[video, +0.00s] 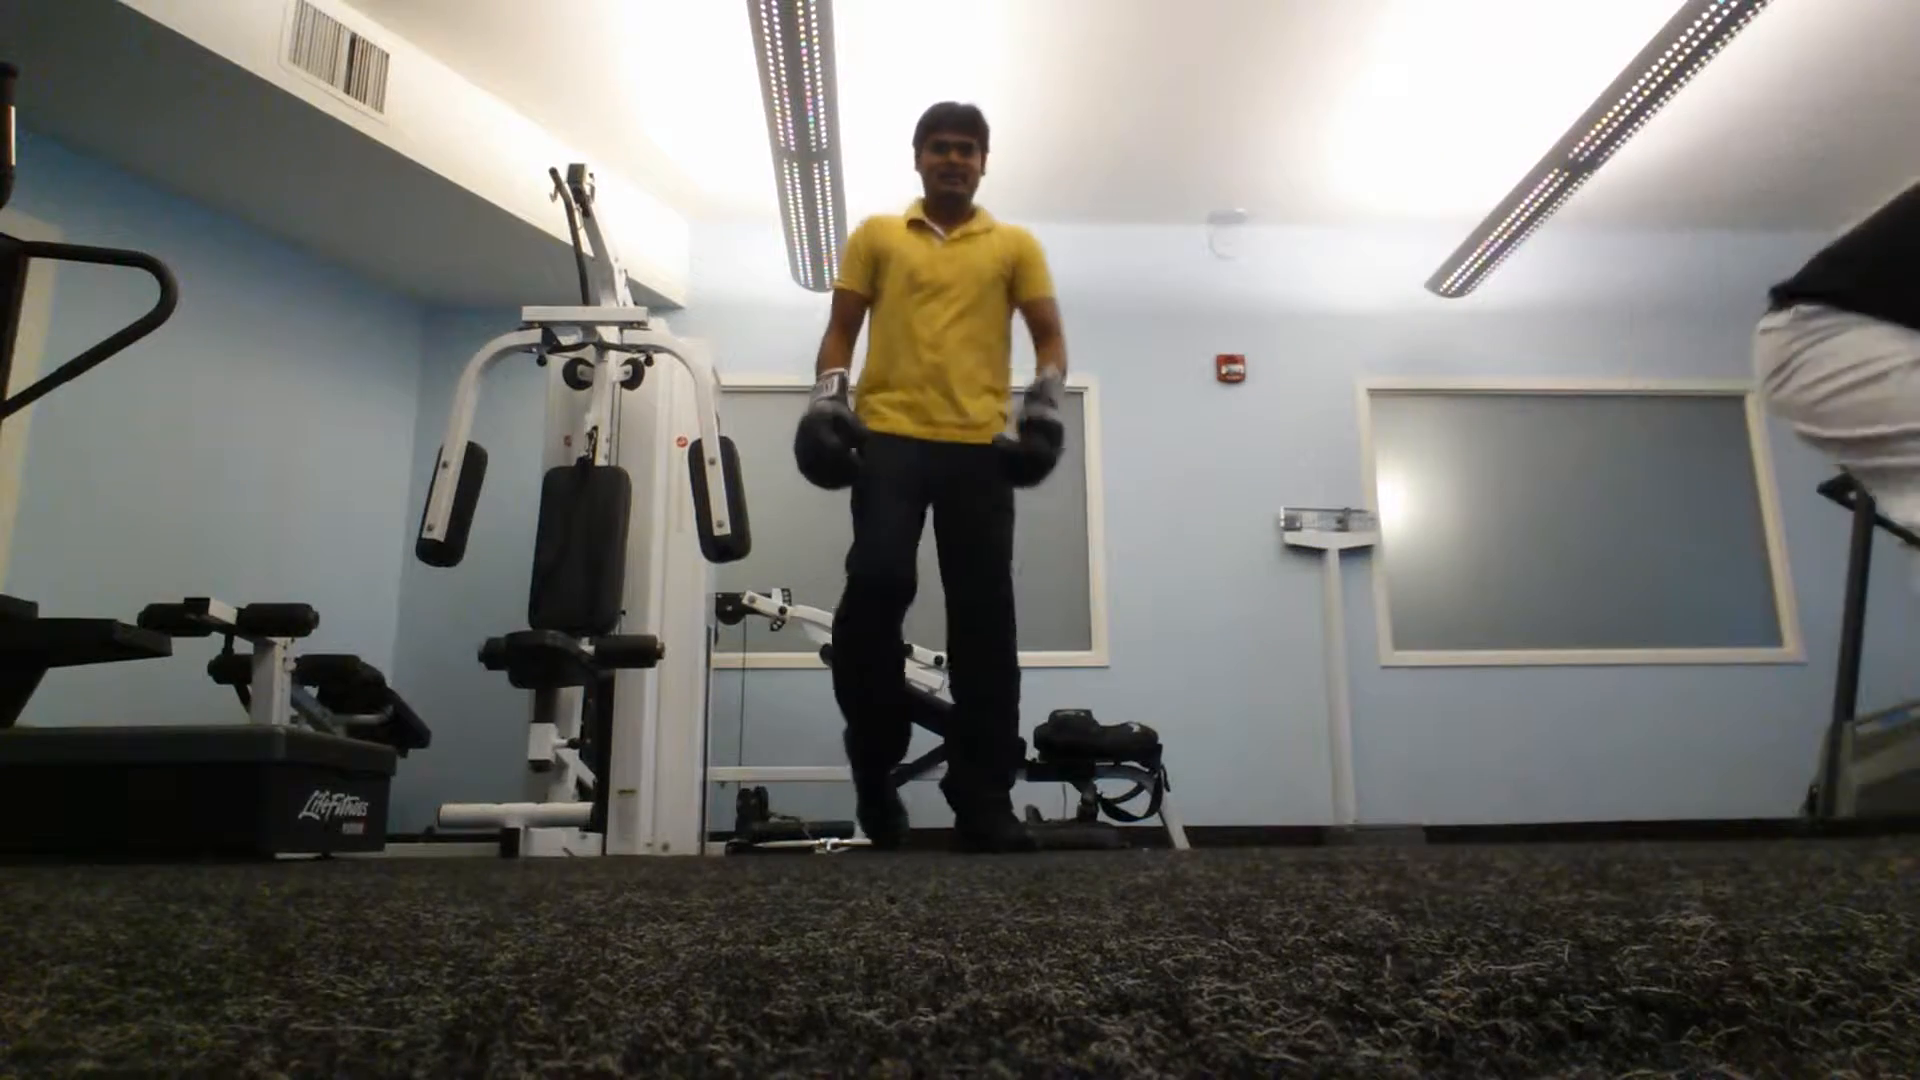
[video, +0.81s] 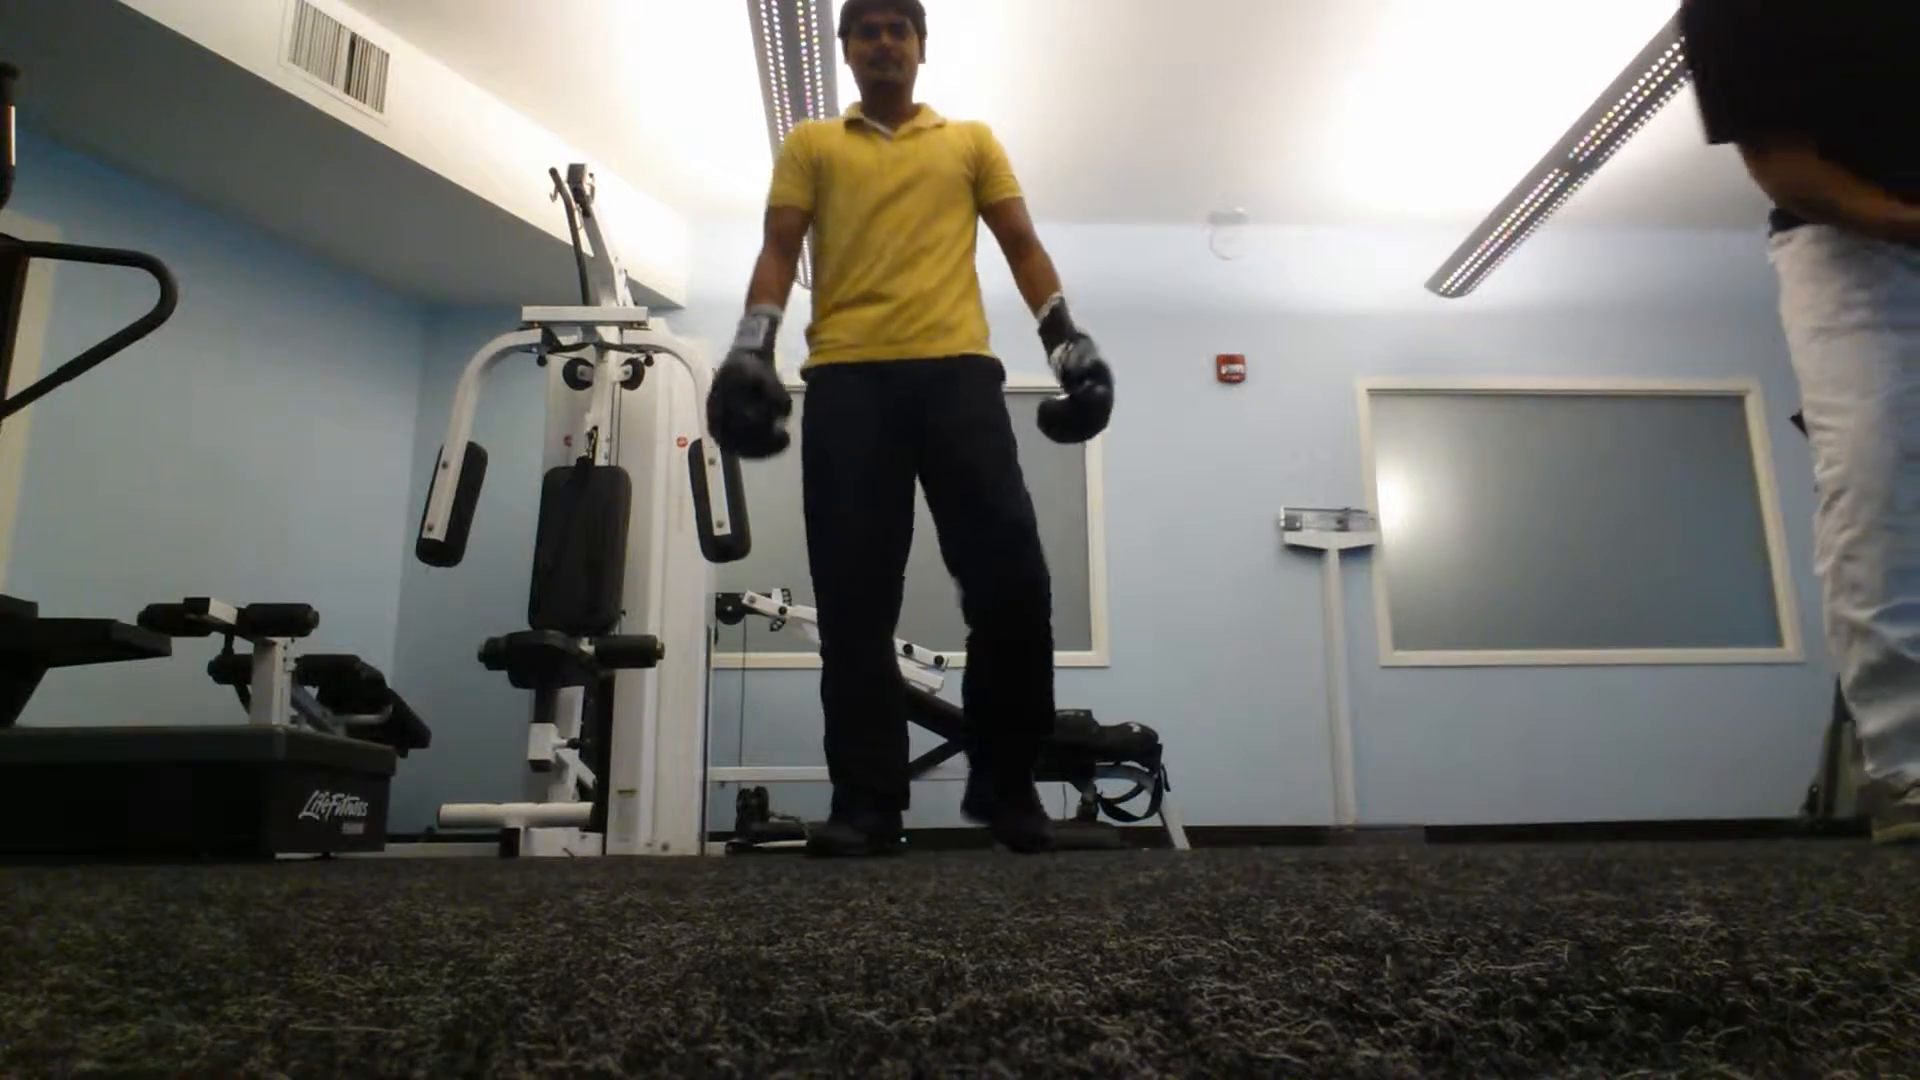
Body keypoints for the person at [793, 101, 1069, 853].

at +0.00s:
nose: (954, 161)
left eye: (966, 151)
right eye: (941, 150)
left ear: (985, 163)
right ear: (917, 159)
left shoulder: (1014, 247)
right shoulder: (878, 238)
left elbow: (1049, 339)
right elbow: (841, 328)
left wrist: (1044, 404)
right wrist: (827, 396)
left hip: (979, 446)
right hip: (889, 441)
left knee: (984, 615)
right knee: (876, 591)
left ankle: (984, 799)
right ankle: (875, 778)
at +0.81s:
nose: (882, 45)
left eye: (897, 30)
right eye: (865, 31)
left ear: (922, 46)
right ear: (845, 48)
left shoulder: (968, 143)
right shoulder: (810, 144)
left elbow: (1022, 247)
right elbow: (779, 251)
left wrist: (1065, 339)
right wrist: (750, 349)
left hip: (958, 383)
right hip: (848, 388)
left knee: (1012, 581)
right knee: (854, 603)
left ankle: (1006, 794)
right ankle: (865, 808)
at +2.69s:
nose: (925, 64)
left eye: (940, 54)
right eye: (910, 53)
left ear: (961, 75)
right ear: (885, 71)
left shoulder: (998, 162)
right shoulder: (845, 162)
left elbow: (1033, 254)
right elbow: (813, 267)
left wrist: (1046, 328)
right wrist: (791, 369)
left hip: (984, 389)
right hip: (877, 389)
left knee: (1019, 577)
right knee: (878, 592)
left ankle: (987, 781)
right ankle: (891, 807)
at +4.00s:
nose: (883, 196)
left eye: (895, 187)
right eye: (870, 186)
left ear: (912, 201)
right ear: (849, 199)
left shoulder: (943, 280)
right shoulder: (824, 274)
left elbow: (968, 373)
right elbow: (799, 360)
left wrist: (975, 445)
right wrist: (792, 440)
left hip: (929, 481)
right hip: (849, 481)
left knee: (943, 647)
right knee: (851, 654)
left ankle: (961, 807)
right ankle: (851, 815)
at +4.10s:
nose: (880, 201)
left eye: (892, 192)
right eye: (867, 191)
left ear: (909, 206)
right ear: (846, 205)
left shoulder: (939, 285)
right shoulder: (822, 279)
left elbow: (966, 376)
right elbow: (799, 367)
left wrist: (975, 446)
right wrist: (801, 453)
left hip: (929, 486)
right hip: (848, 484)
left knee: (946, 647)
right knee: (851, 656)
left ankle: (955, 808)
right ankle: (851, 816)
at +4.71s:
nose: (940, 241)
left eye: (944, 232)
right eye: (927, 231)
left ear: (948, 244)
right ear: (893, 245)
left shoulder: (969, 326)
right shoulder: (873, 308)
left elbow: (985, 407)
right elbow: (838, 390)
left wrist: (1005, 478)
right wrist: (826, 474)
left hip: (954, 501)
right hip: (896, 494)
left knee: (937, 650)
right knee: (890, 648)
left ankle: (915, 811)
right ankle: (862, 814)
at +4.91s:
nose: (960, 253)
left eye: (964, 245)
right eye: (948, 243)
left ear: (966, 256)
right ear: (913, 252)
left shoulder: (979, 336)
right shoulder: (891, 315)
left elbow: (992, 423)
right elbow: (861, 399)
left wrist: (1017, 503)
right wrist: (870, 482)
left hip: (963, 501)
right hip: (915, 491)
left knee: (953, 646)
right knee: (929, 639)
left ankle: (921, 806)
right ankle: (891, 805)